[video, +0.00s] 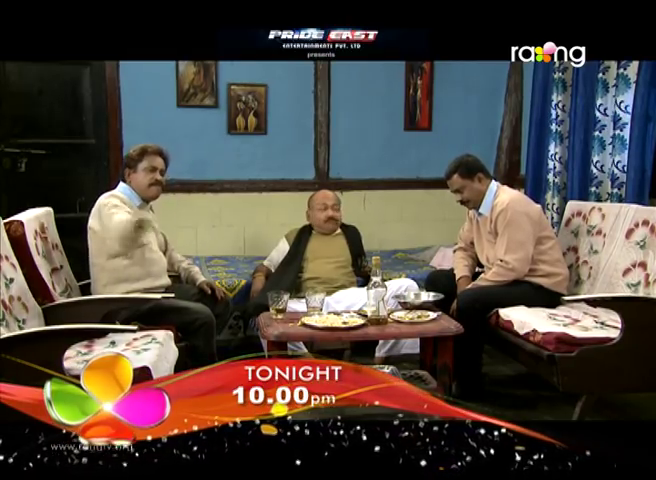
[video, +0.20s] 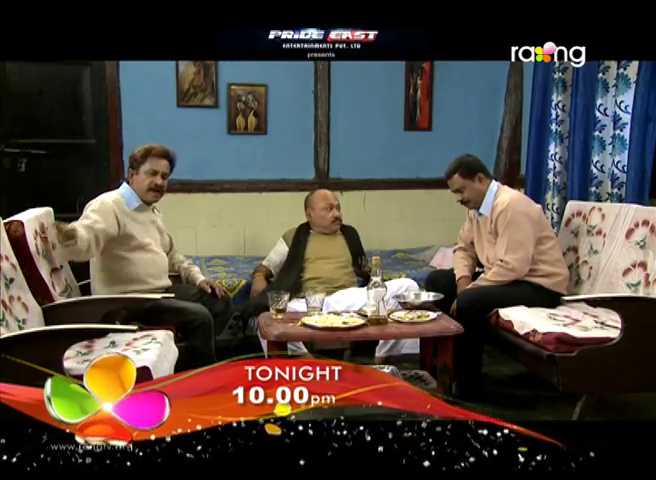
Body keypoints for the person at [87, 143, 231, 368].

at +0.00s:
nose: (159, 178)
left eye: (162, 173)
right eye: (151, 171)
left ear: (164, 178)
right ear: (129, 175)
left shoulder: (144, 210)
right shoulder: (110, 203)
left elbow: (170, 256)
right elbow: (121, 240)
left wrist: (199, 280)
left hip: (157, 293)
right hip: (126, 301)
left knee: (218, 302)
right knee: (201, 317)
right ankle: (203, 383)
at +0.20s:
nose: (159, 182)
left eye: (164, 177)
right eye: (152, 174)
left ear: (168, 181)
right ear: (132, 175)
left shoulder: (151, 213)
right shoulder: (108, 206)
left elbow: (172, 256)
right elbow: (86, 237)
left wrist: (200, 280)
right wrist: (62, 235)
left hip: (161, 295)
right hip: (127, 304)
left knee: (219, 303)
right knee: (199, 318)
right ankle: (203, 383)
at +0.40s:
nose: (158, 180)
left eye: (164, 175)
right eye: (151, 173)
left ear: (168, 179)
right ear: (132, 174)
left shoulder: (154, 211)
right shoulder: (106, 209)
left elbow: (173, 255)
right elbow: (82, 248)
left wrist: (201, 279)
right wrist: (71, 268)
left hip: (162, 294)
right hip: (126, 303)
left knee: (220, 302)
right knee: (199, 318)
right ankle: (204, 386)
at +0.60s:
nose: (160, 181)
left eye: (165, 177)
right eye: (153, 174)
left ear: (169, 181)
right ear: (133, 174)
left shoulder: (154, 210)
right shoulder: (109, 208)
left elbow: (171, 255)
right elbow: (83, 243)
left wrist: (199, 278)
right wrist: (77, 259)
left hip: (161, 294)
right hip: (128, 303)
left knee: (219, 302)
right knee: (199, 317)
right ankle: (204, 386)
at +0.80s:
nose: (161, 182)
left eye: (167, 178)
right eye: (154, 175)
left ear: (171, 182)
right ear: (135, 175)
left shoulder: (156, 211)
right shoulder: (110, 207)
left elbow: (172, 256)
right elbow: (82, 241)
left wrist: (200, 279)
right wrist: (76, 257)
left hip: (162, 294)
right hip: (129, 303)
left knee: (219, 301)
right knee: (199, 317)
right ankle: (205, 385)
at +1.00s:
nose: (162, 184)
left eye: (168, 179)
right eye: (155, 175)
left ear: (172, 182)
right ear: (136, 175)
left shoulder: (157, 212)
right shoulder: (110, 208)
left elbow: (172, 256)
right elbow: (83, 244)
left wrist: (200, 278)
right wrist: (74, 261)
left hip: (162, 295)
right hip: (128, 304)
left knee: (220, 301)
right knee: (199, 318)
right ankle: (205, 385)